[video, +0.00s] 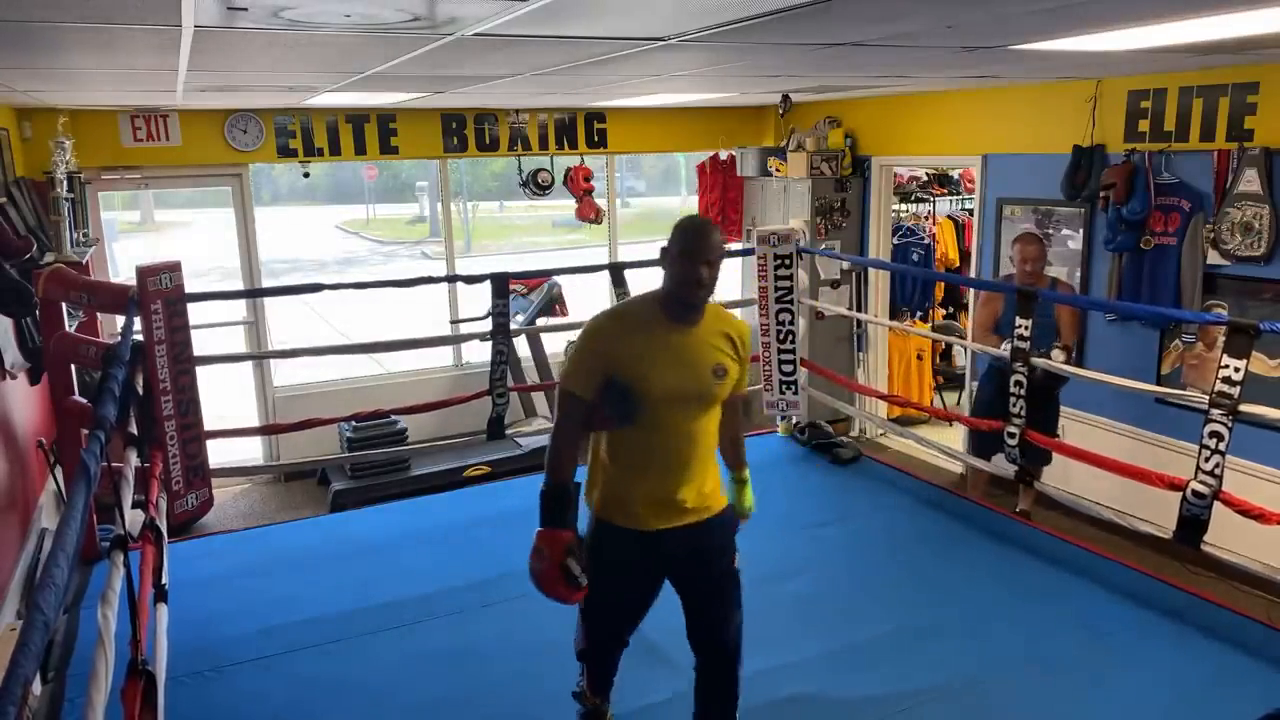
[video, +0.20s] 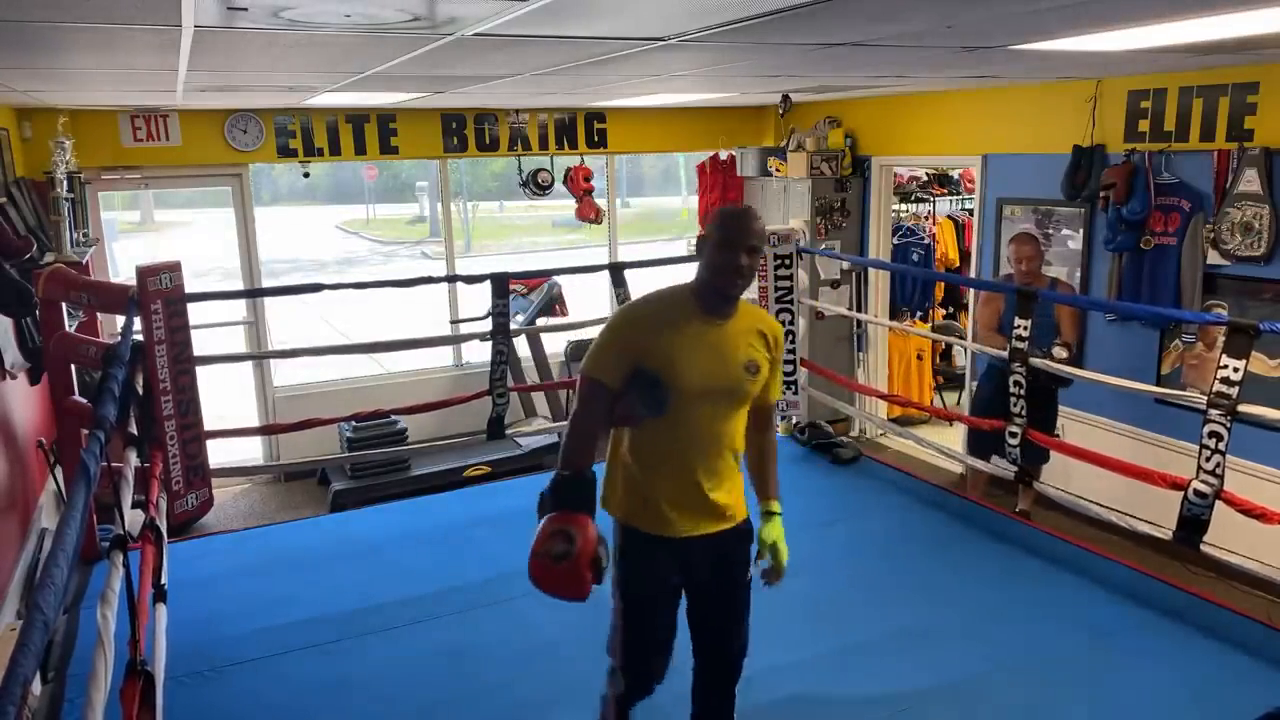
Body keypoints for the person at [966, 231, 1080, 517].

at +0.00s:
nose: (1030, 268)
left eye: (1036, 261)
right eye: (1023, 261)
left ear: (1045, 259)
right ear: (1013, 260)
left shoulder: (1061, 291)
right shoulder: (996, 289)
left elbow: (1069, 342)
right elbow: (979, 335)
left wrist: (1058, 355)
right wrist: (1006, 347)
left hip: (1041, 384)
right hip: (998, 379)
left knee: (1034, 453)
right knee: (981, 445)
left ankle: (1023, 515)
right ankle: (974, 508)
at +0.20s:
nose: (1022, 267)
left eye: (1029, 260)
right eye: (1016, 261)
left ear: (1041, 258)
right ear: (1009, 261)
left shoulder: (1061, 291)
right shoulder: (995, 289)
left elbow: (1069, 341)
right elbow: (984, 334)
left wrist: (1055, 355)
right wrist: (1013, 350)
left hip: (1039, 383)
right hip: (997, 378)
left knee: (1033, 453)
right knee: (980, 445)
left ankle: (1022, 514)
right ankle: (974, 508)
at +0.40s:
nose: (1015, 263)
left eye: (1022, 257)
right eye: (1010, 257)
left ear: (1037, 256)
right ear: (1004, 258)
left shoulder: (1058, 290)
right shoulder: (992, 289)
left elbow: (1065, 342)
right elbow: (983, 335)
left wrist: (1050, 355)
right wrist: (1010, 351)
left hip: (1038, 384)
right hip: (996, 379)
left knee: (1032, 453)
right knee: (981, 448)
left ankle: (1022, 515)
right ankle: (972, 508)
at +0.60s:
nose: (1011, 260)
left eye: (1017, 254)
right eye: (1006, 254)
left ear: (1033, 255)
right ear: (1000, 257)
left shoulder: (1056, 290)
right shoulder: (990, 288)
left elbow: (1064, 340)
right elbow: (978, 334)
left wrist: (1053, 357)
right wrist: (1005, 351)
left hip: (1037, 384)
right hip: (994, 380)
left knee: (1032, 452)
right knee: (981, 447)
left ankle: (1022, 513)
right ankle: (972, 506)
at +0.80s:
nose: (1010, 258)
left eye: (1017, 251)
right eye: (1005, 252)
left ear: (1032, 253)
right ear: (999, 256)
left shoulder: (1053, 290)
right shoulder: (990, 288)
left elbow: (1063, 335)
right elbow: (976, 334)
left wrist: (1061, 361)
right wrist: (1012, 353)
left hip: (1035, 382)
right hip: (993, 378)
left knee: (1031, 451)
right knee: (981, 448)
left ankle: (1022, 513)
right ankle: (972, 508)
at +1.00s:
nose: (1010, 256)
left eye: (1016, 250)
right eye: (1005, 251)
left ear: (1031, 253)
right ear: (999, 255)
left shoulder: (1051, 289)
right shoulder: (990, 287)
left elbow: (1061, 331)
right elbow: (976, 332)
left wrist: (1065, 359)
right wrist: (1013, 346)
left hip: (1036, 380)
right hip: (994, 377)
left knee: (1031, 449)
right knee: (981, 445)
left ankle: (1022, 513)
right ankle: (972, 508)